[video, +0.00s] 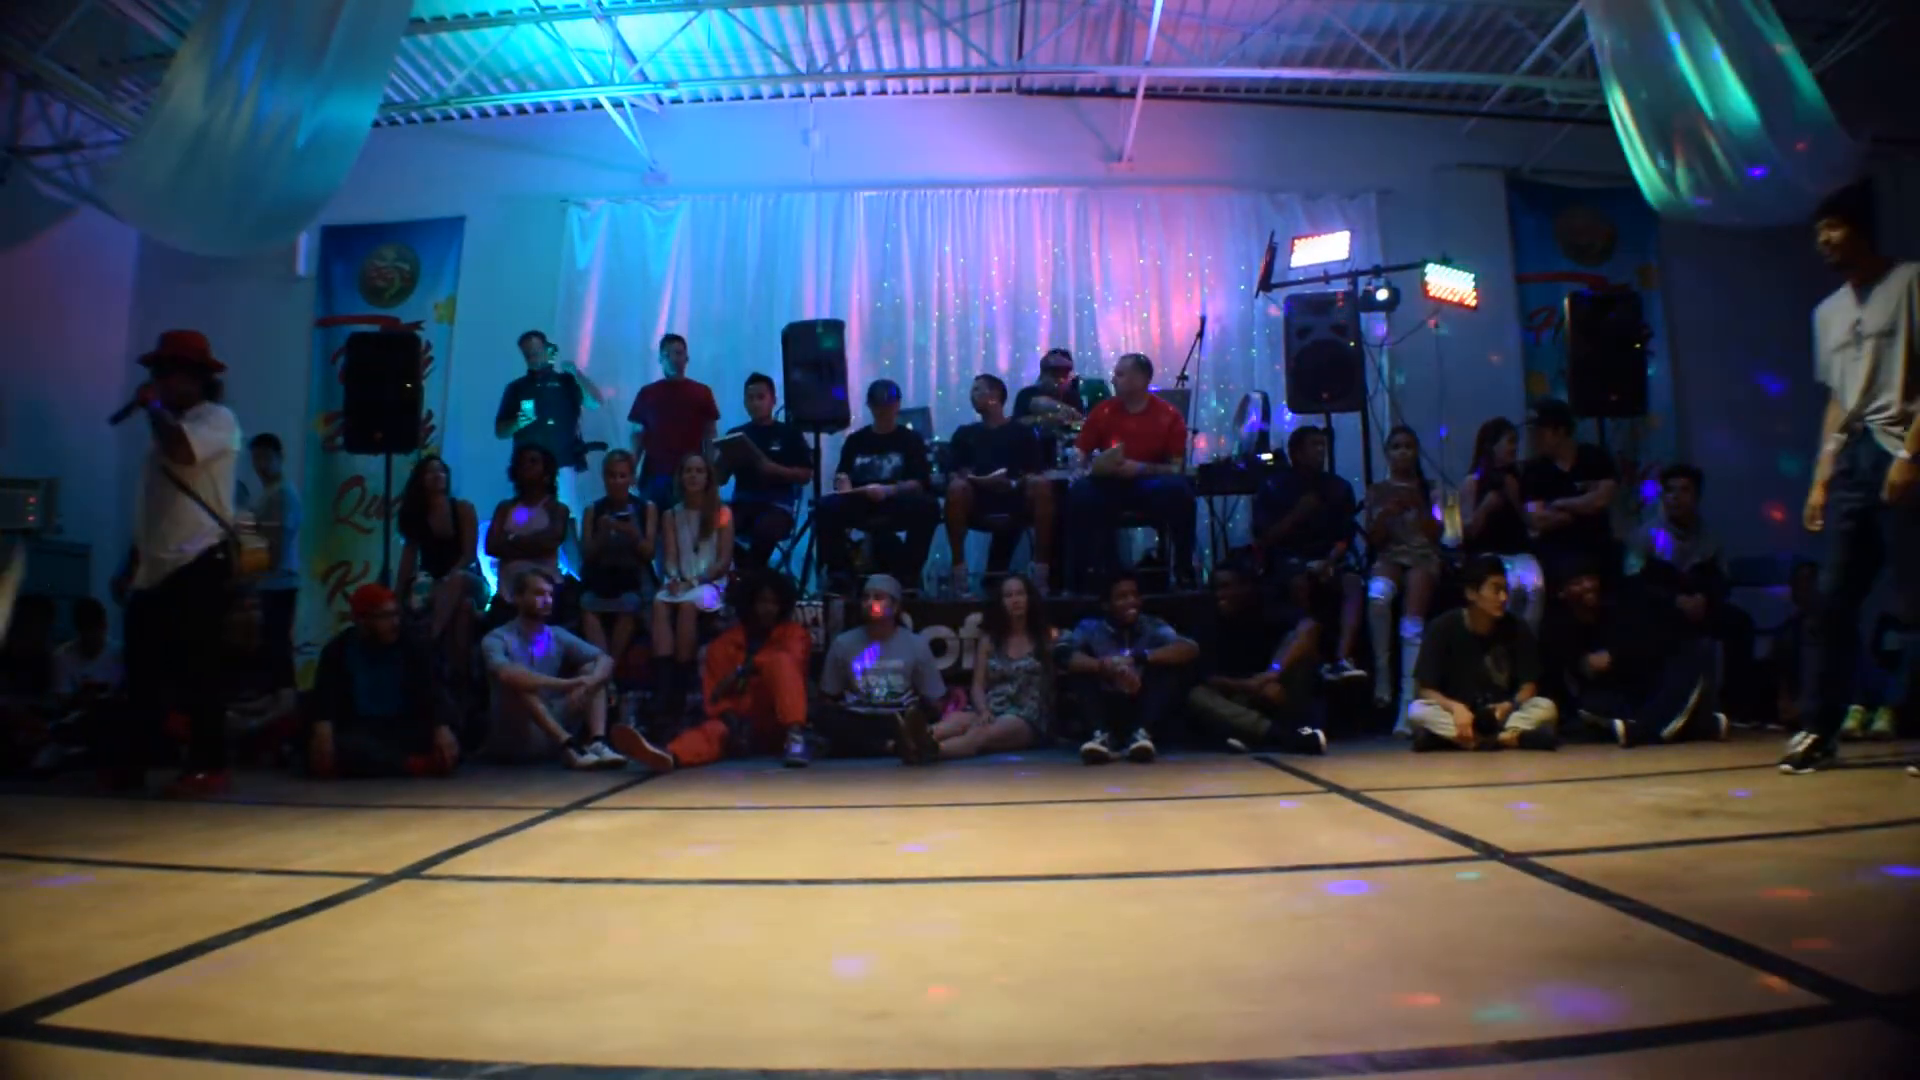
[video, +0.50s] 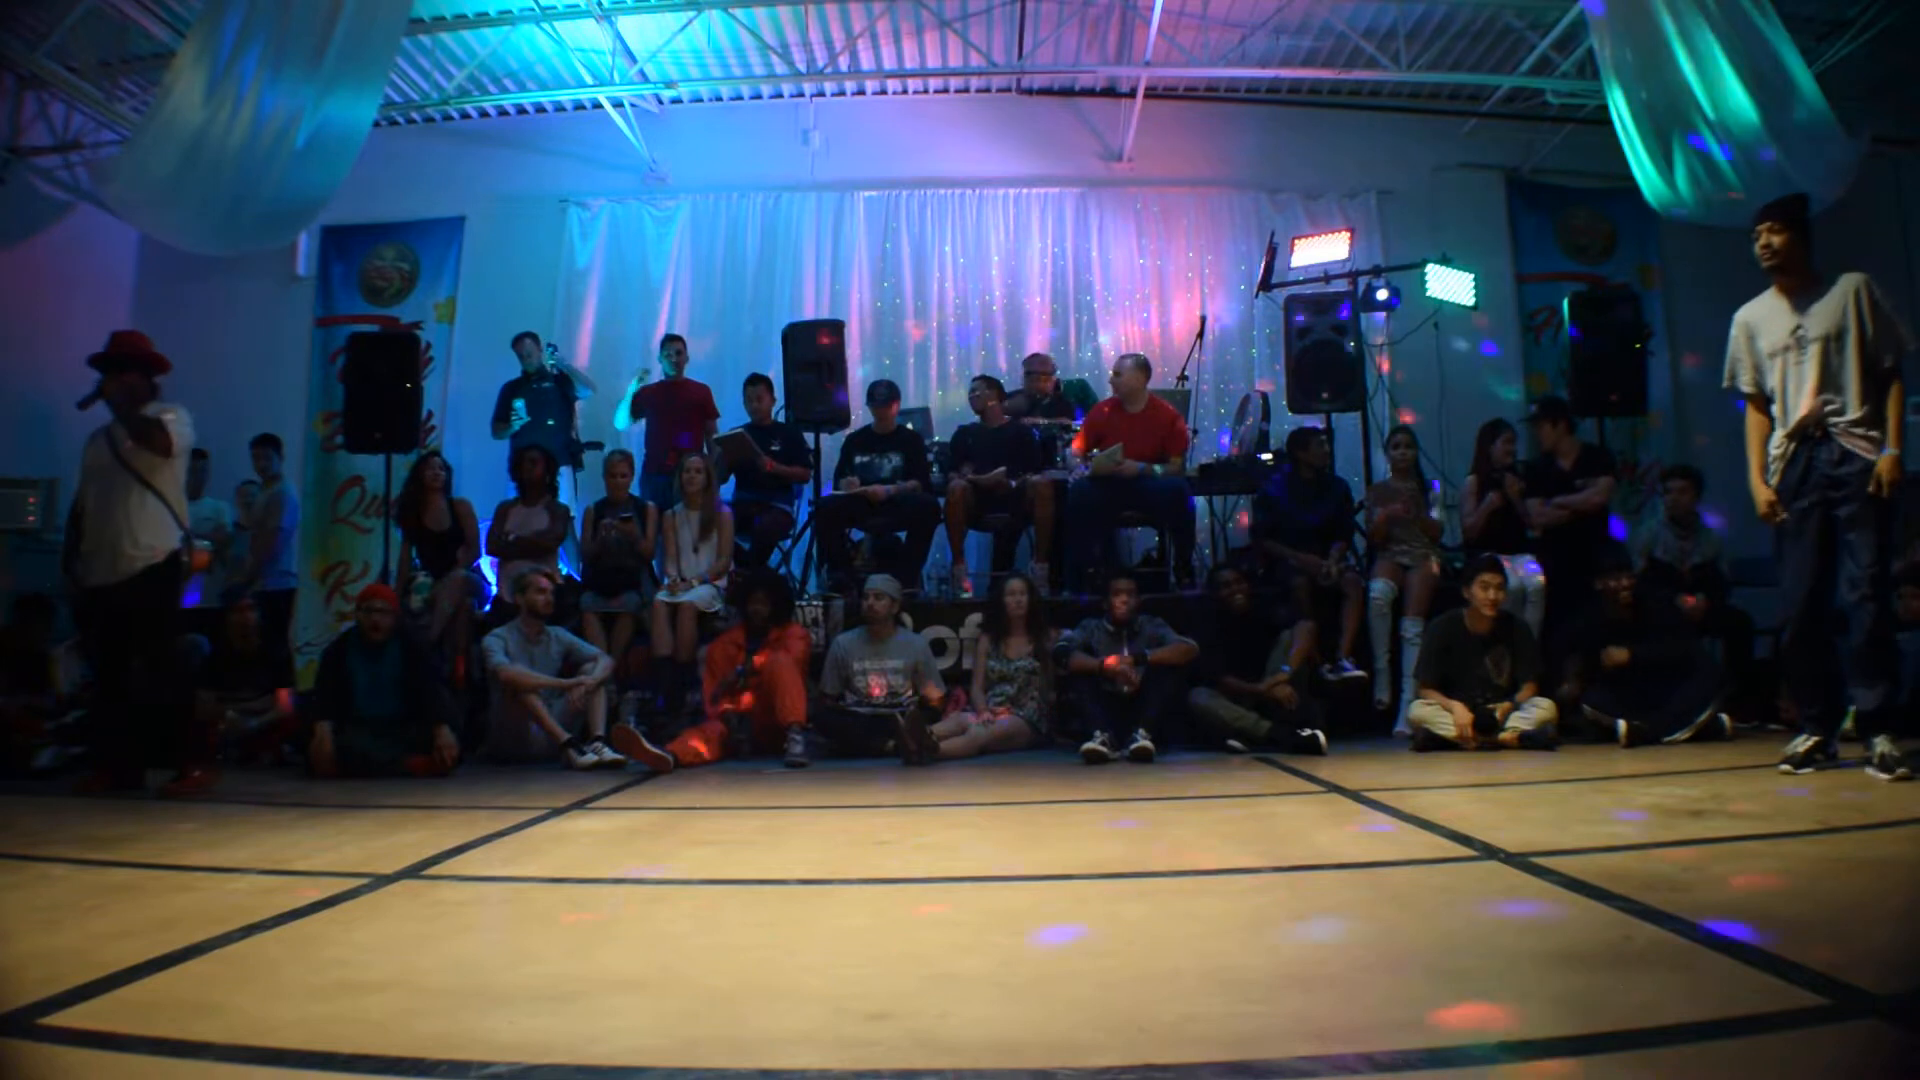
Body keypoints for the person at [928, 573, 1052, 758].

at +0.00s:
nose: (1015, 600)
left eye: (1020, 594)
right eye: (1009, 596)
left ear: (1030, 598)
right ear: (1001, 602)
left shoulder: (1043, 638)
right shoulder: (989, 640)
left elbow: (1053, 681)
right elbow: (978, 686)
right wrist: (984, 711)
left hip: (1029, 713)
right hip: (993, 711)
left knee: (980, 736)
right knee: (956, 720)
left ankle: (931, 752)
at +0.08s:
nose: (1017, 600)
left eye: (1022, 594)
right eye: (1010, 596)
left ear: (1030, 598)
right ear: (1001, 601)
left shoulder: (1045, 638)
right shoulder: (989, 641)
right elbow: (977, 687)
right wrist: (984, 711)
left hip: (1028, 712)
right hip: (991, 710)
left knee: (992, 734)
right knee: (954, 721)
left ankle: (933, 752)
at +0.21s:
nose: (1017, 600)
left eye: (1022, 594)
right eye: (1011, 595)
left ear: (1032, 598)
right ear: (1002, 601)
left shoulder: (1045, 638)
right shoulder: (989, 639)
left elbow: (1054, 682)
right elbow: (977, 685)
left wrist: (1035, 682)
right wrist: (983, 712)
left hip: (1028, 712)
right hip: (991, 709)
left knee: (985, 735)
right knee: (956, 721)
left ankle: (934, 752)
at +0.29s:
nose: (1018, 600)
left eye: (1023, 594)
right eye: (1012, 595)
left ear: (1032, 598)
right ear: (1001, 601)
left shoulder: (1044, 638)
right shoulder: (988, 639)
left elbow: (1052, 685)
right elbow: (977, 688)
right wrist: (983, 711)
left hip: (1028, 714)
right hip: (992, 711)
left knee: (983, 736)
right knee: (958, 720)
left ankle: (930, 751)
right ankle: (917, 736)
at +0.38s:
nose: (1019, 600)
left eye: (1023, 594)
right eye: (1012, 595)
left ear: (1032, 599)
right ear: (1002, 601)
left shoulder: (1044, 638)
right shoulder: (988, 639)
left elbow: (1052, 687)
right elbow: (977, 686)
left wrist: (1056, 731)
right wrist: (983, 711)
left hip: (1027, 714)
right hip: (990, 711)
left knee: (984, 736)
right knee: (958, 720)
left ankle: (930, 751)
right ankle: (919, 736)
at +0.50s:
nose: (1018, 599)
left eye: (1023, 594)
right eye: (1011, 594)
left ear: (1032, 599)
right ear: (1000, 600)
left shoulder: (1043, 638)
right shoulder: (988, 639)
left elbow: (1051, 686)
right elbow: (977, 687)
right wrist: (983, 711)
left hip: (1027, 714)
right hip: (990, 711)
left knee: (981, 735)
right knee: (958, 720)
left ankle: (931, 751)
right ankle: (917, 736)